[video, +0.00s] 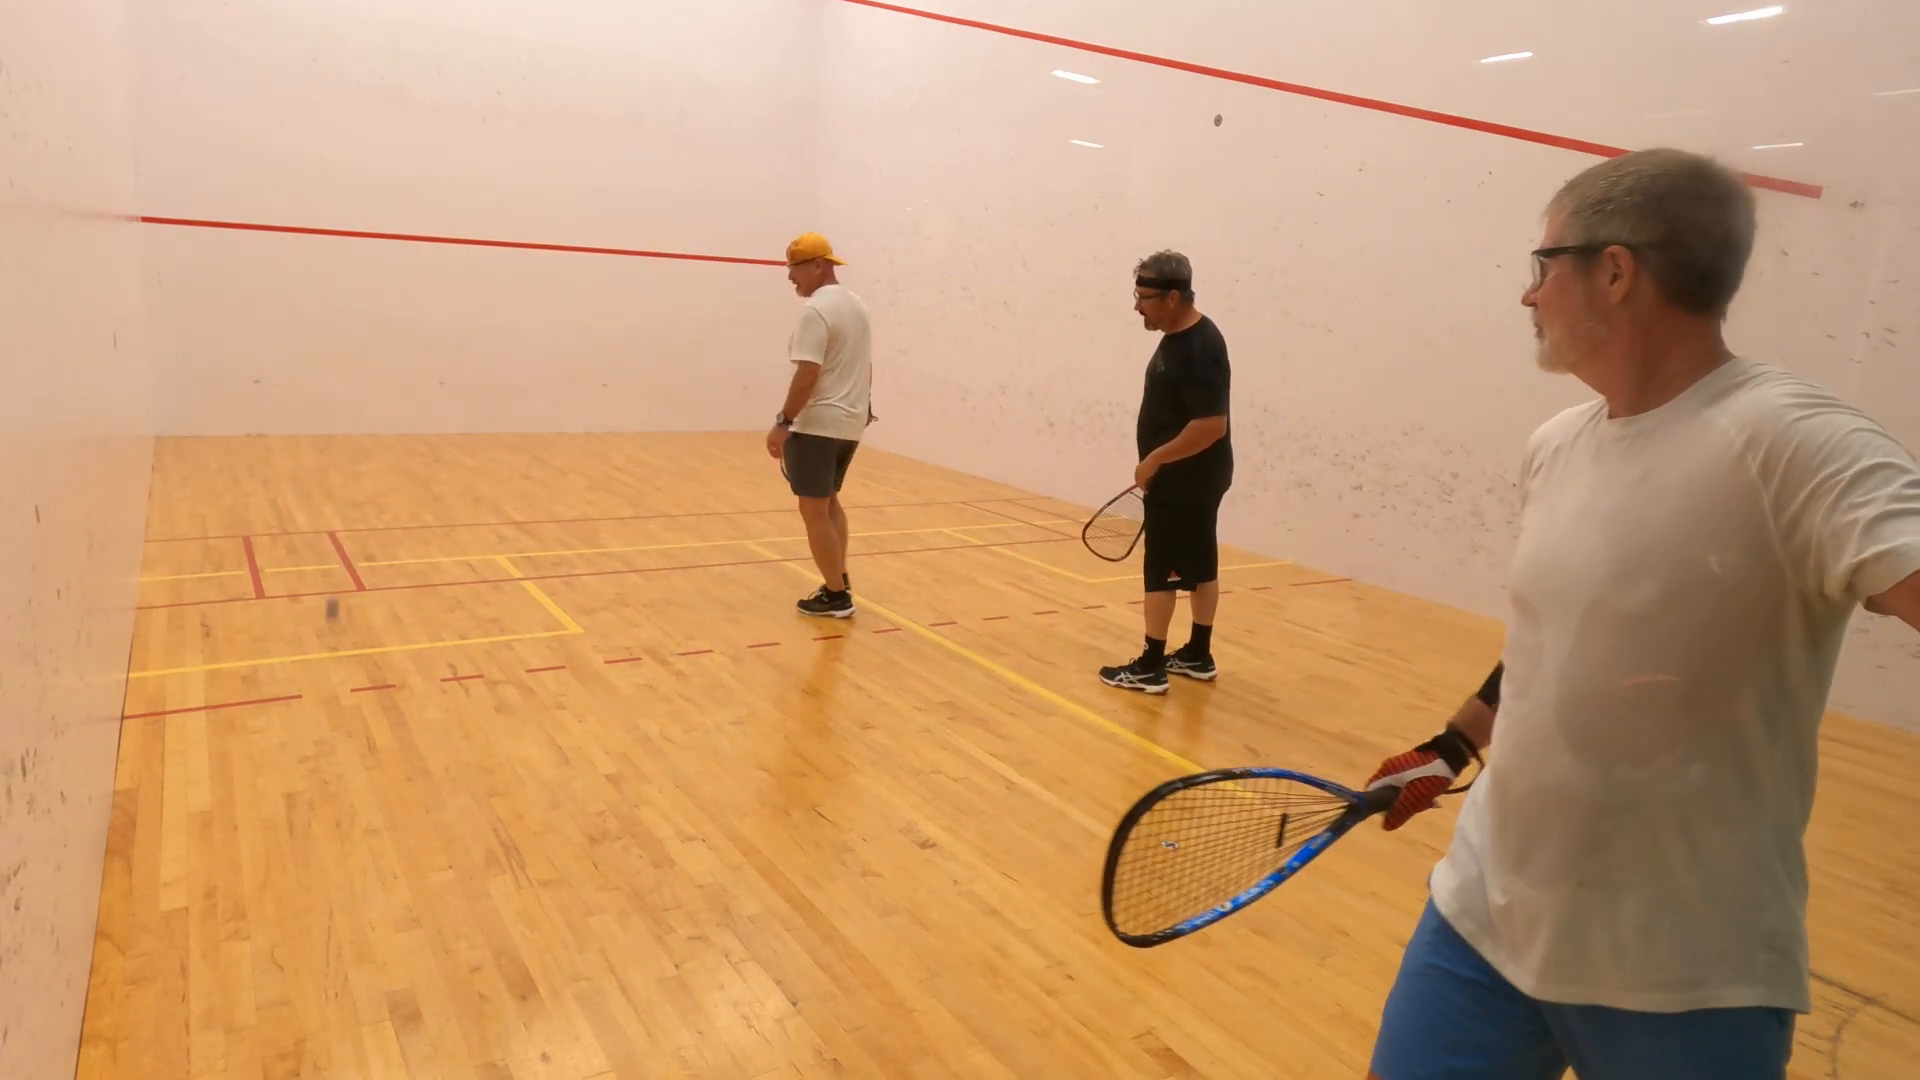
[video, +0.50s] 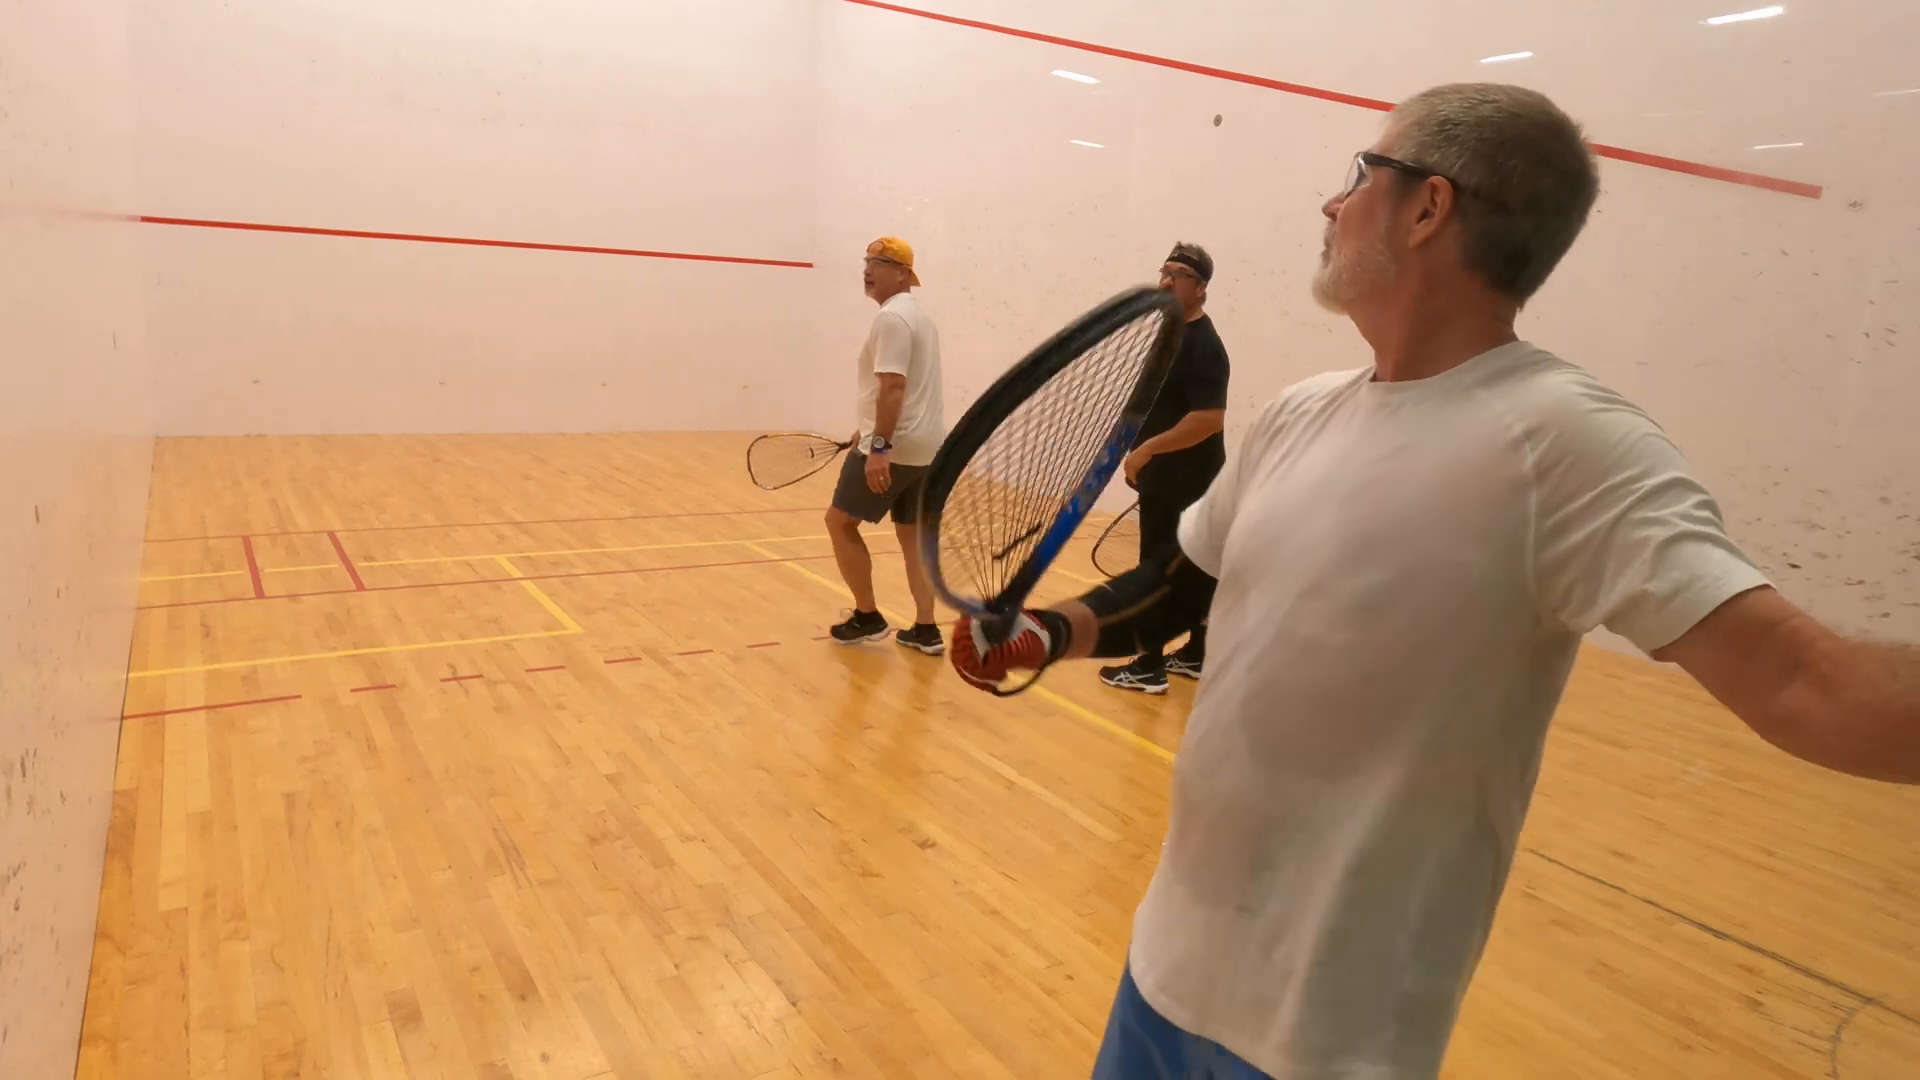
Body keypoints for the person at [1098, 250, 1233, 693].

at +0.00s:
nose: (1137, 308)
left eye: (1144, 299)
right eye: (1137, 298)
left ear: (1173, 297)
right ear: (1171, 298)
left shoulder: (1201, 345)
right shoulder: (1181, 335)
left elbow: (1211, 424)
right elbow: (1182, 414)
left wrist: (1154, 459)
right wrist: (1153, 465)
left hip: (1185, 477)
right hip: (1187, 475)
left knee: (1159, 566)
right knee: (1201, 561)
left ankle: (1150, 665)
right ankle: (1198, 653)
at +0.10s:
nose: (1140, 299)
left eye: (1149, 292)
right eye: (1141, 290)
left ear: (1180, 294)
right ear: (1173, 295)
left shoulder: (1201, 345)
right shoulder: (1180, 336)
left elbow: (1211, 423)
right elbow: (1179, 413)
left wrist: (1152, 457)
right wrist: (1151, 464)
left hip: (1184, 477)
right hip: (1184, 474)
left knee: (1158, 568)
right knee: (1199, 562)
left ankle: (1150, 665)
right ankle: (1197, 653)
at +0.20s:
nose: (1149, 293)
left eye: (1160, 286)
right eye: (1149, 285)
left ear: (1189, 292)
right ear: (1154, 287)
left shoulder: (1201, 345)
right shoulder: (1177, 335)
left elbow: (1211, 422)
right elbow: (1173, 412)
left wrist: (1150, 455)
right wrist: (1151, 469)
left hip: (1184, 476)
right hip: (1181, 472)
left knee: (1158, 567)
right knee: (1198, 561)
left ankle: (1151, 662)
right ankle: (1198, 652)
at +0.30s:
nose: (1158, 288)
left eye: (1170, 282)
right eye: (1156, 280)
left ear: (1196, 291)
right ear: (1154, 284)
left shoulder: (1203, 343)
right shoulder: (1176, 335)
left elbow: (1210, 420)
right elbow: (1169, 411)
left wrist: (1150, 453)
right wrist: (1149, 470)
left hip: (1182, 477)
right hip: (1180, 473)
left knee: (1157, 569)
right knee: (1197, 562)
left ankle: (1151, 663)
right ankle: (1198, 653)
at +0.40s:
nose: (1165, 285)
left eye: (1177, 279)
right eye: (1162, 276)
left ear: (1200, 292)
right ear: (1157, 282)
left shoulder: (1204, 346)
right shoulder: (1175, 337)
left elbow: (1211, 419)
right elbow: (1169, 409)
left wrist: (1147, 451)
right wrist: (1144, 459)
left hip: (1185, 478)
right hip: (1168, 474)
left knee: (1156, 572)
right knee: (1194, 568)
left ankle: (1154, 658)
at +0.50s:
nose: (1168, 282)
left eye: (1179, 277)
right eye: (1166, 274)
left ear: (1201, 290)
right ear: (1161, 281)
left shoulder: (1203, 344)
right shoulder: (1170, 334)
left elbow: (1210, 418)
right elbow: (1153, 400)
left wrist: (1148, 448)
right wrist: (1131, 438)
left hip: (1185, 471)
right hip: (1171, 466)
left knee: (1157, 563)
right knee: (1199, 558)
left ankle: (1148, 663)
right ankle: (1197, 649)